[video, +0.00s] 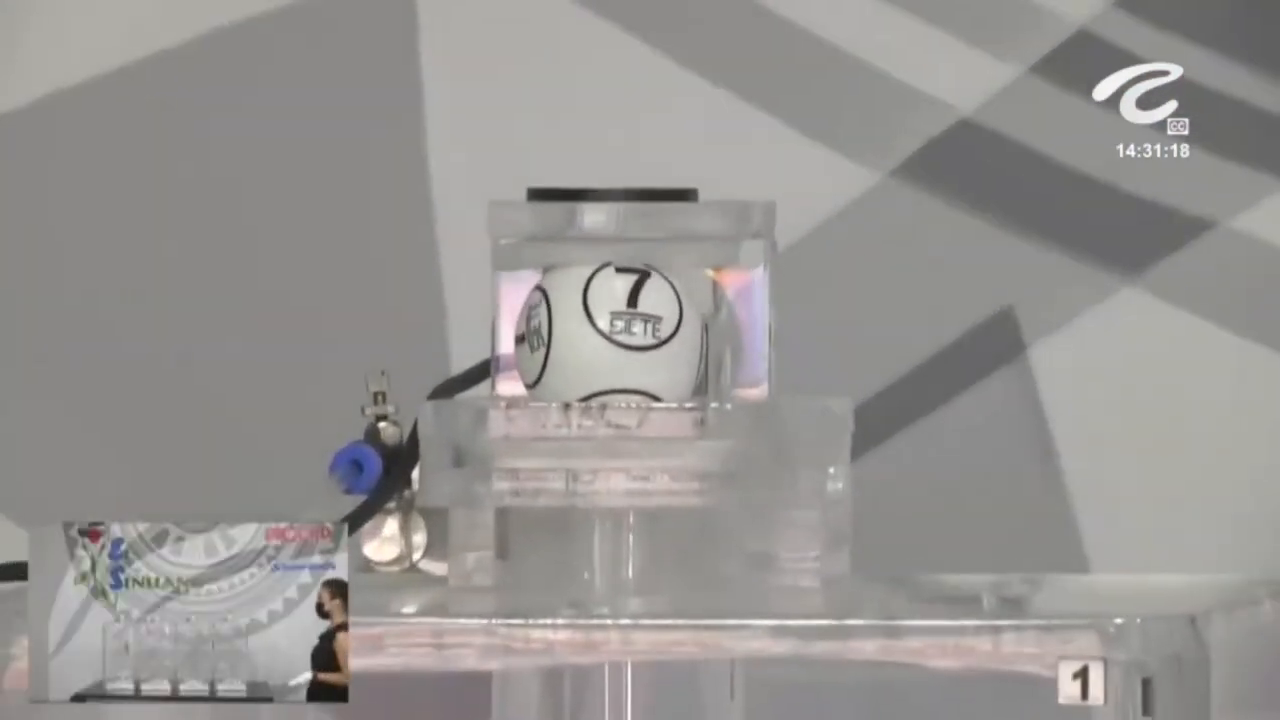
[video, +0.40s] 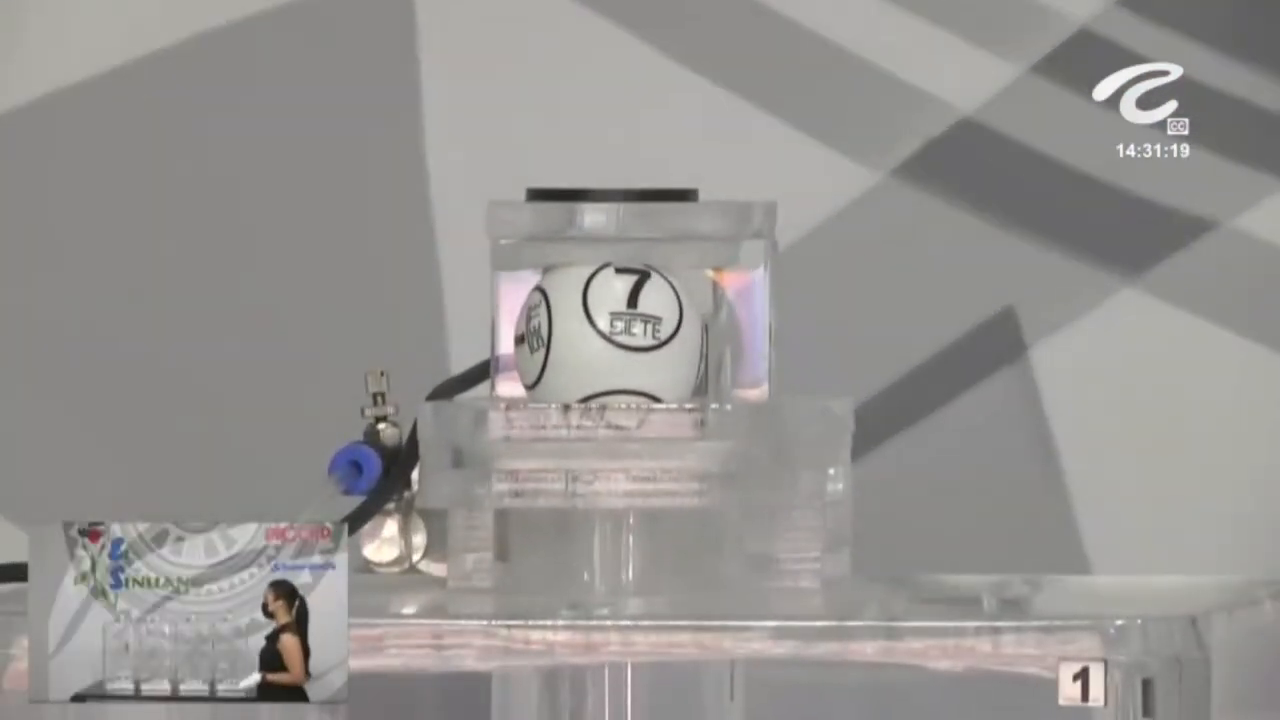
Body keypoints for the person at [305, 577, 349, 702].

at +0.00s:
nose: (319, 603)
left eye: (323, 599)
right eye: (320, 599)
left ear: (337, 602)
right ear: (335, 602)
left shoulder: (342, 635)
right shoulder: (330, 633)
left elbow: (348, 677)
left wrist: (316, 676)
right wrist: (312, 676)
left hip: (332, 703)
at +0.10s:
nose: (305, 603)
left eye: (308, 599)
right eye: (305, 599)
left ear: (322, 601)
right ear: (321, 602)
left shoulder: (330, 635)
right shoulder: (319, 632)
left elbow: (337, 677)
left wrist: (303, 675)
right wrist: (300, 673)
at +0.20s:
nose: (291, 600)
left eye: (295, 596)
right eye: (291, 596)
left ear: (308, 600)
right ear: (307, 600)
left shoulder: (317, 633)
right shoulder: (305, 630)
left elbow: (324, 674)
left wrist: (292, 674)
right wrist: (290, 672)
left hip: (312, 699)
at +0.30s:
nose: (278, 600)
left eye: (281, 596)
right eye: (278, 596)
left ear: (294, 599)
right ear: (292, 600)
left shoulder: (303, 633)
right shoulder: (292, 630)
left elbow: (313, 674)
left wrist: (279, 674)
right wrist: (278, 672)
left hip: (299, 698)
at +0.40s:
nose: (266, 603)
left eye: (269, 598)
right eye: (266, 598)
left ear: (280, 602)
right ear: (280, 602)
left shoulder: (288, 636)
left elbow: (298, 677)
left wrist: (265, 677)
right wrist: (264, 676)